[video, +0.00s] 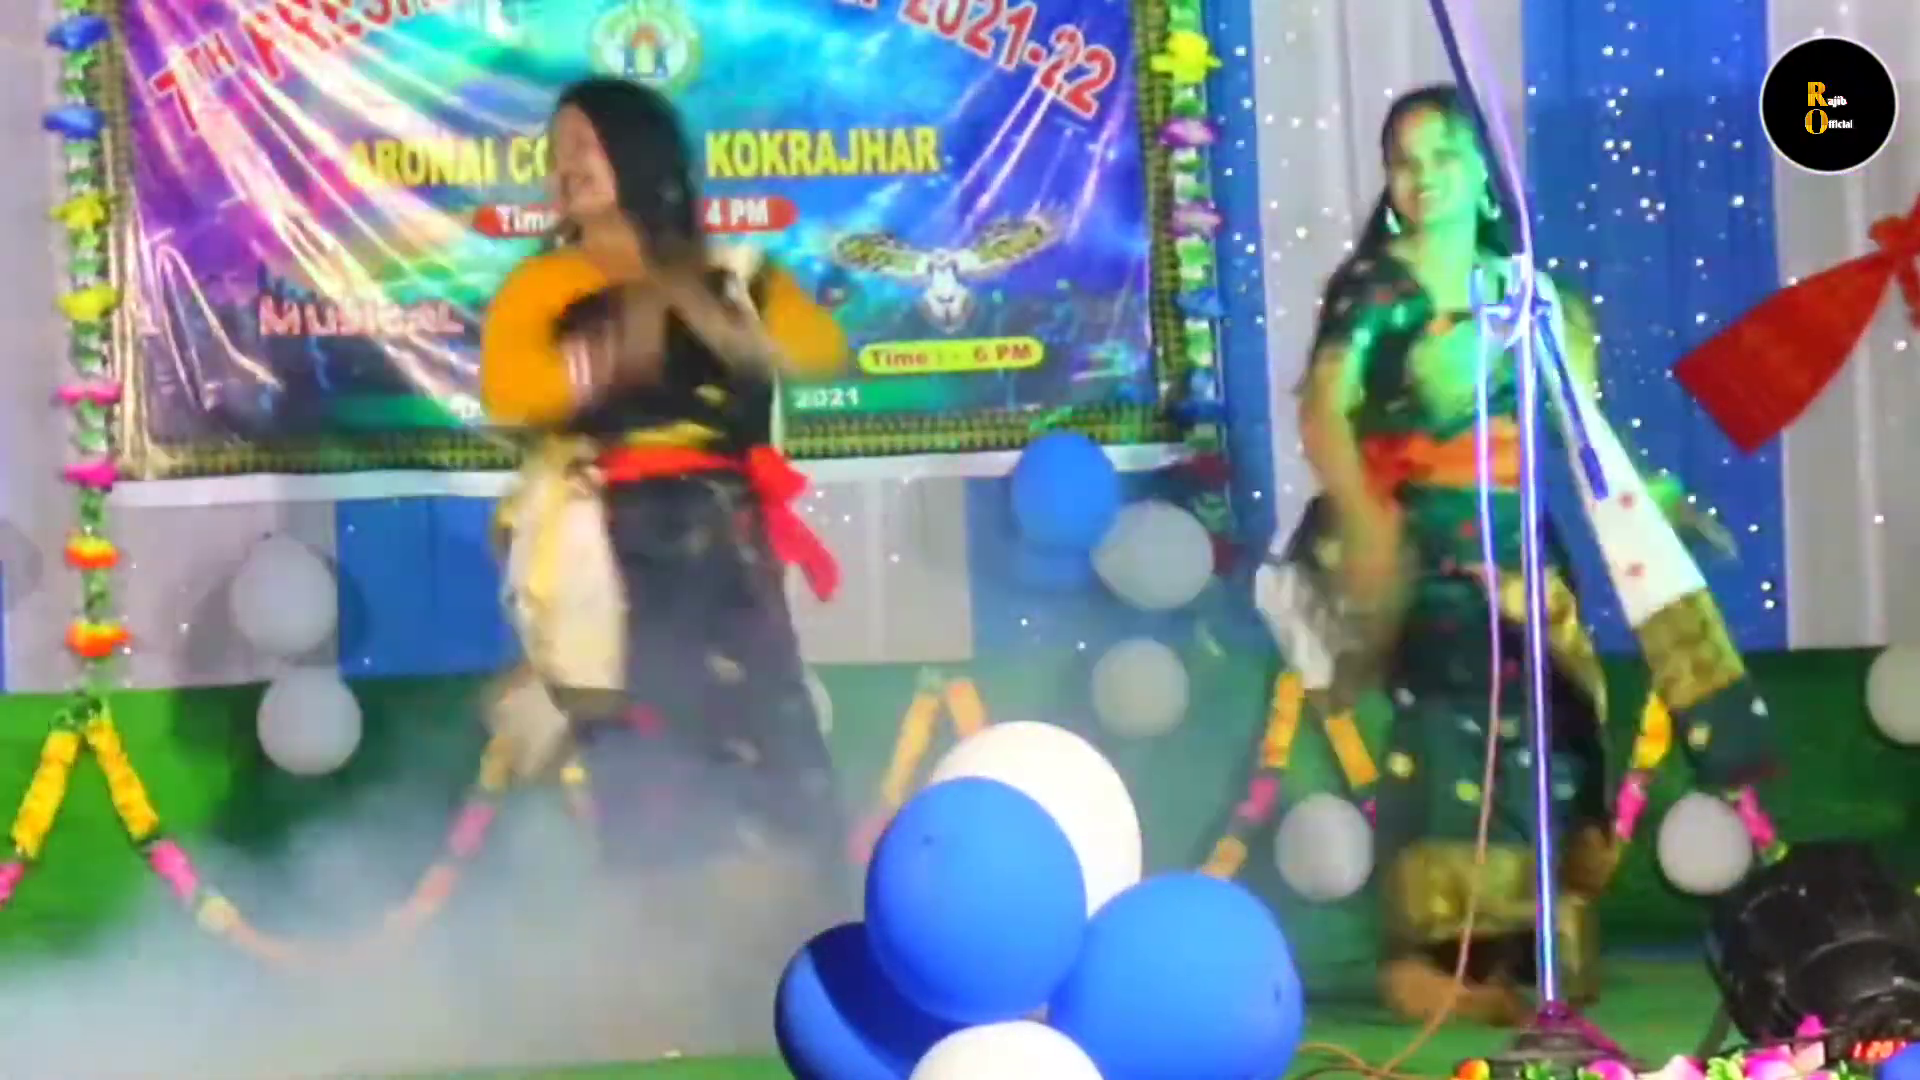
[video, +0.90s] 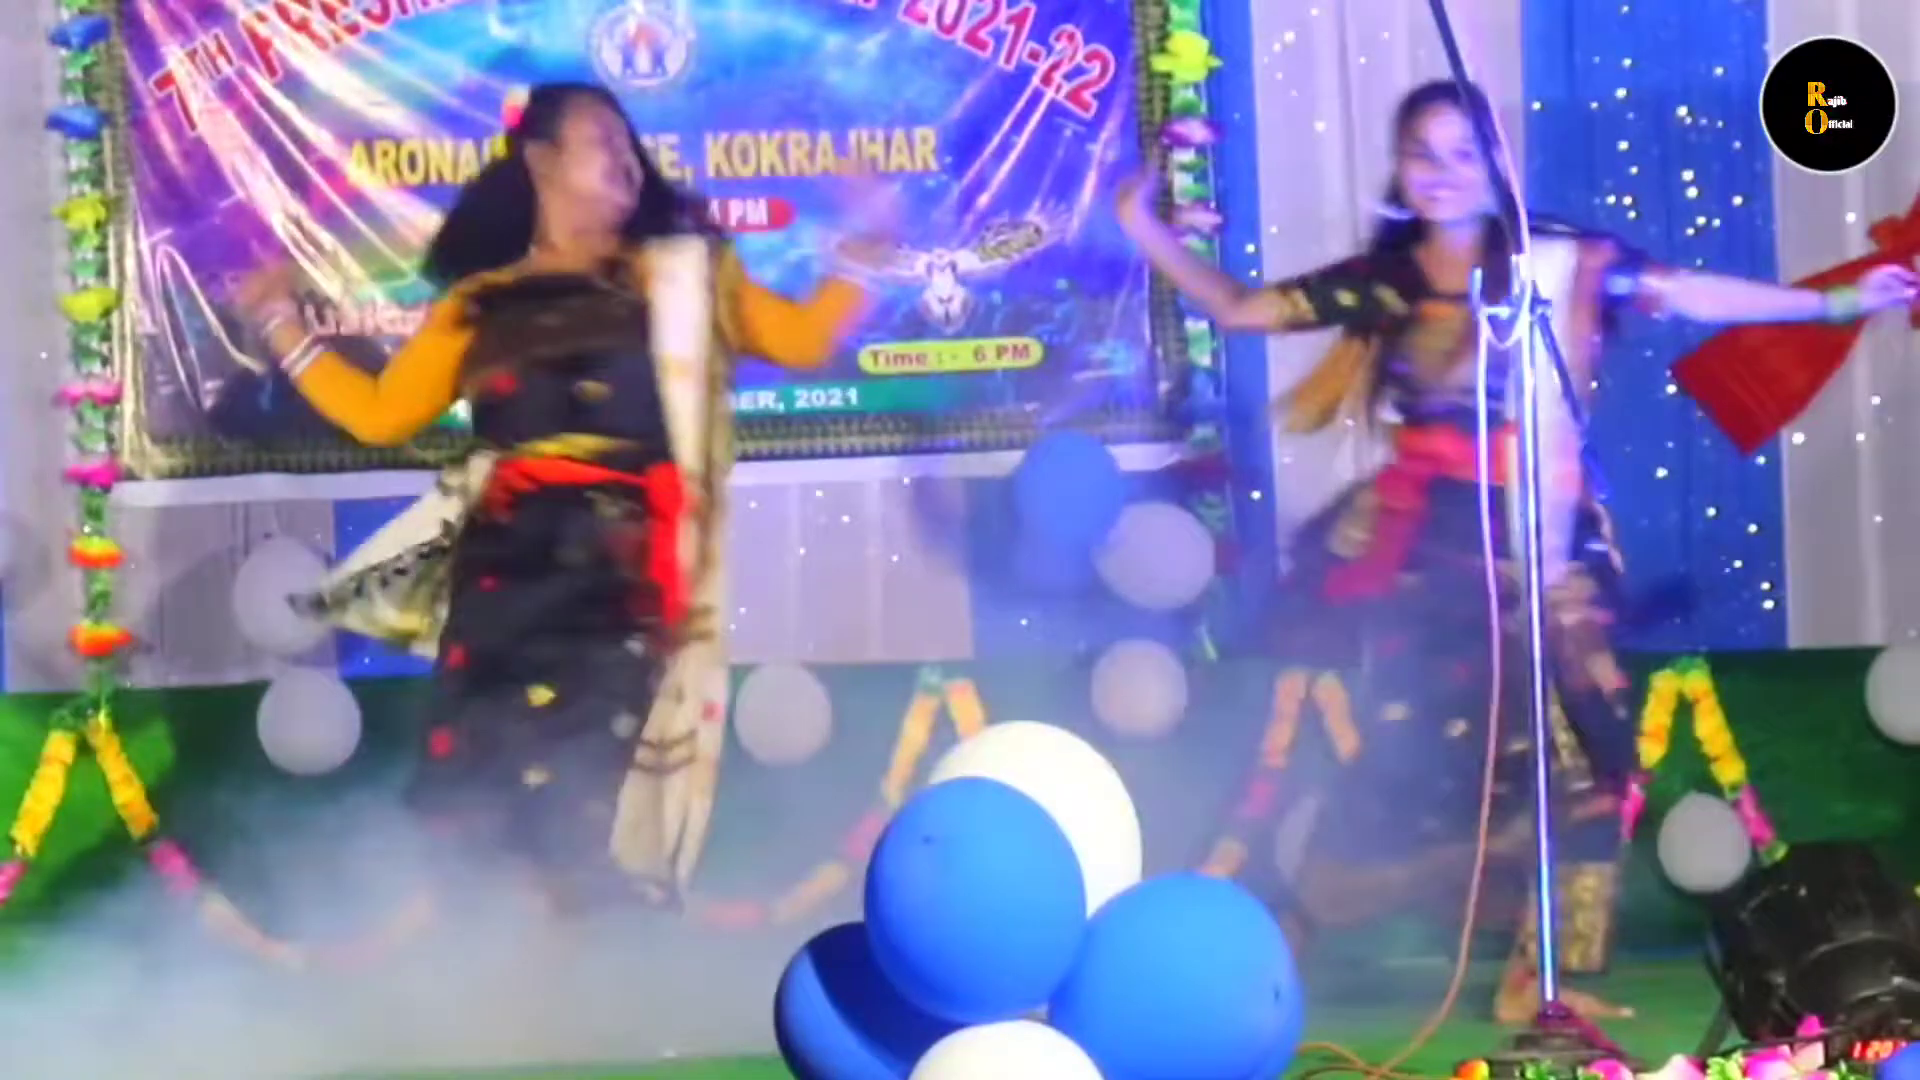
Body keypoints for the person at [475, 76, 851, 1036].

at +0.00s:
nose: (569, 172)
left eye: (587, 153)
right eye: (561, 156)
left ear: (646, 157)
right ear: (557, 171)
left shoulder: (735, 273)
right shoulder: (544, 285)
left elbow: (826, 351)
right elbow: (509, 390)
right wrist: (619, 349)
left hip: (728, 524)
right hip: (604, 531)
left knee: (769, 725)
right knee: (639, 739)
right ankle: (657, 958)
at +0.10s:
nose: (591, 128)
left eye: (607, 110)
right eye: (582, 112)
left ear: (660, 104)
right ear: (569, 120)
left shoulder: (734, 184)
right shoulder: (553, 206)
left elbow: (721, 243)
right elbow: (464, 287)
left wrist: (634, 178)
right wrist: (544, 207)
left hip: (696, 470)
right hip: (572, 476)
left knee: (712, 696)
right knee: (590, 708)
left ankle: (728, 924)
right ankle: (642, 936)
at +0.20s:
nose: (596, 103)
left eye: (611, 84)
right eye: (593, 85)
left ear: (653, 80)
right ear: (590, 88)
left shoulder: (720, 179)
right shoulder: (569, 197)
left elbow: (659, 232)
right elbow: (454, 283)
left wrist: (571, 181)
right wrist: (523, 191)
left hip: (666, 476)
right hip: (554, 479)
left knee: (672, 695)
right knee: (552, 704)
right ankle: (593, 900)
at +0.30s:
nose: (572, 137)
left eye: (582, 116)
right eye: (577, 116)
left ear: (620, 125)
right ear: (669, 119)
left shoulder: (672, 232)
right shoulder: (636, 233)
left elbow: (610, 311)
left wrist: (485, 328)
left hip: (645, 545)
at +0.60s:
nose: (503, 143)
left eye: (518, 126)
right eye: (510, 125)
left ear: (556, 139)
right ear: (603, 139)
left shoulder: (595, 234)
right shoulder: (540, 245)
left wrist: (540, 256)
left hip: (596, 555)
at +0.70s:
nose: (494, 121)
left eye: (514, 102)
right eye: (498, 100)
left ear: (571, 115)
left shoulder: (619, 209)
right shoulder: (505, 236)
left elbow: (648, 226)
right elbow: (477, 289)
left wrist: (592, 167)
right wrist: (420, 234)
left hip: (591, 488)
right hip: (500, 493)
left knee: (595, 691)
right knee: (504, 703)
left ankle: (611, 890)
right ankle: (529, 873)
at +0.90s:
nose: (621, 163)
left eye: (624, 145)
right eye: (595, 144)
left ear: (636, 165)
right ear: (534, 163)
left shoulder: (691, 272)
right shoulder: (483, 303)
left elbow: (805, 343)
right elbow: (384, 415)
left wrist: (866, 250)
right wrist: (281, 325)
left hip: (636, 575)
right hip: (507, 571)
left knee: (578, 824)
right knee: (467, 809)